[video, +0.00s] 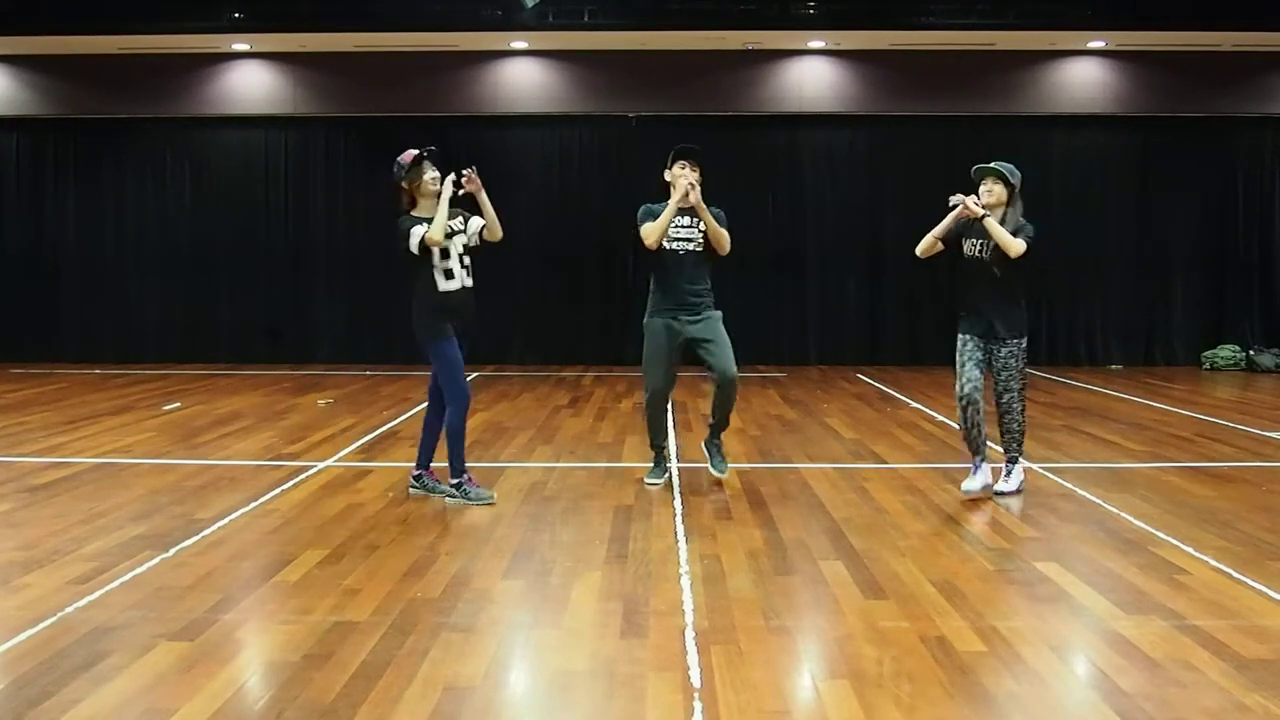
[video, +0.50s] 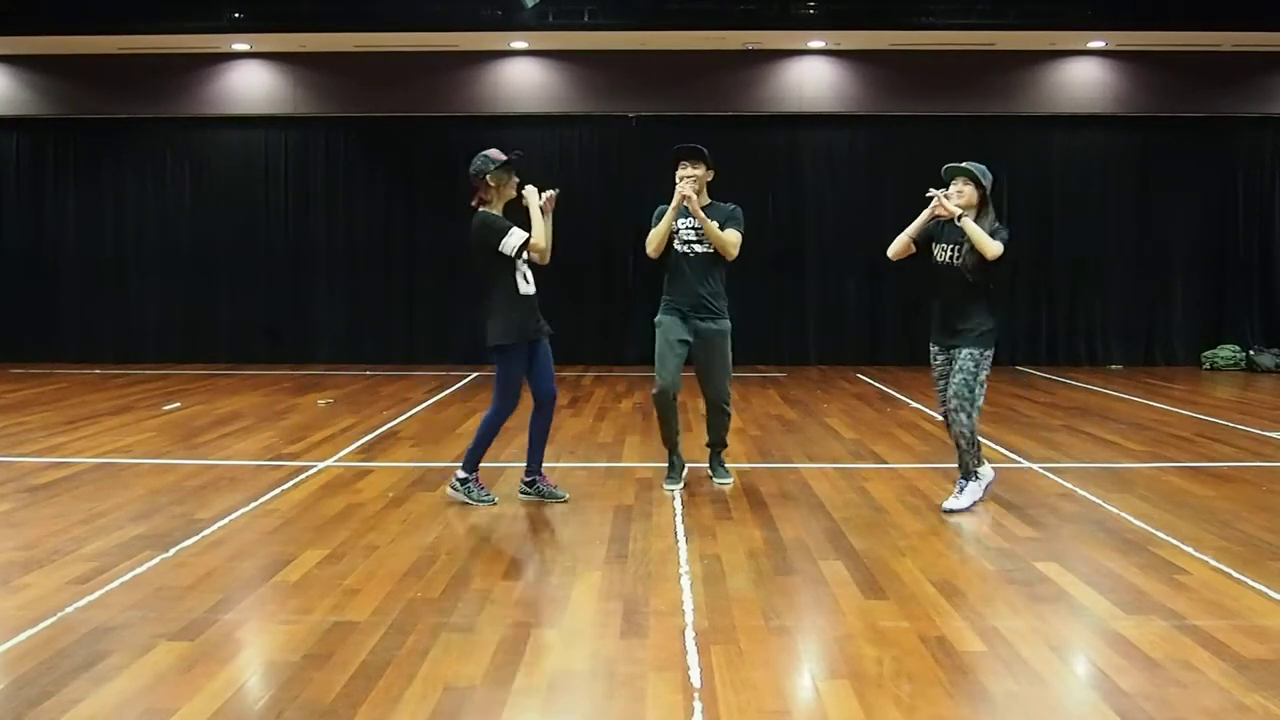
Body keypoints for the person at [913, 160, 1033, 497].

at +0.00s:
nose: (985, 188)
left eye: (993, 184)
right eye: (982, 183)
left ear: (1009, 192)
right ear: (977, 191)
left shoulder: (1020, 226)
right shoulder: (966, 222)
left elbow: (1015, 249)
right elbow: (922, 251)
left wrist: (982, 216)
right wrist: (951, 218)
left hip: (1009, 328)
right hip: (971, 325)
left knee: (1008, 399)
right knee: (967, 394)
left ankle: (1013, 466)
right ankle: (979, 466)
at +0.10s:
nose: (976, 195)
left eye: (985, 191)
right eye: (974, 190)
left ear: (1001, 200)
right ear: (969, 198)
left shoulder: (1015, 237)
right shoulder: (960, 233)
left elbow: (1007, 264)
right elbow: (921, 264)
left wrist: (978, 228)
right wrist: (946, 228)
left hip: (1000, 335)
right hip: (964, 333)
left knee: (985, 404)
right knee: (967, 406)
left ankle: (1004, 450)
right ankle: (979, 474)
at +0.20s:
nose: (971, 197)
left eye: (980, 193)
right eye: (969, 193)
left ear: (996, 201)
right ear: (964, 200)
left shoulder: (1011, 239)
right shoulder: (956, 238)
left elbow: (1008, 268)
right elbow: (918, 267)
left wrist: (978, 231)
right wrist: (943, 228)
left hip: (994, 332)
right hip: (958, 333)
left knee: (964, 384)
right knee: (959, 407)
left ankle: (991, 428)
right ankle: (980, 476)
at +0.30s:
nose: (969, 189)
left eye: (978, 185)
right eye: (967, 184)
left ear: (993, 195)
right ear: (961, 192)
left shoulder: (1006, 231)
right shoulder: (949, 228)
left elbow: (1009, 256)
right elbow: (908, 255)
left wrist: (976, 220)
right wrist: (939, 217)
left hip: (990, 322)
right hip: (954, 324)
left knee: (953, 367)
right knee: (960, 401)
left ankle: (982, 425)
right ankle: (981, 475)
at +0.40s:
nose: (965, 185)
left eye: (973, 180)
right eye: (962, 180)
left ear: (990, 190)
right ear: (955, 188)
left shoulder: (997, 223)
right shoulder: (943, 222)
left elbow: (1007, 244)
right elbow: (898, 244)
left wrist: (971, 210)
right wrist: (933, 209)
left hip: (985, 321)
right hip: (949, 321)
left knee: (951, 380)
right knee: (964, 396)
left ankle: (972, 450)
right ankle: (982, 472)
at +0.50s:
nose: (955, 190)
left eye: (964, 185)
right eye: (953, 185)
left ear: (981, 194)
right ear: (947, 192)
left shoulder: (994, 229)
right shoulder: (938, 226)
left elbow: (992, 252)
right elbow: (895, 253)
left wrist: (959, 217)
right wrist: (926, 215)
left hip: (976, 333)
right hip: (941, 332)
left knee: (959, 404)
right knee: (948, 409)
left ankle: (968, 479)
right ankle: (979, 467)